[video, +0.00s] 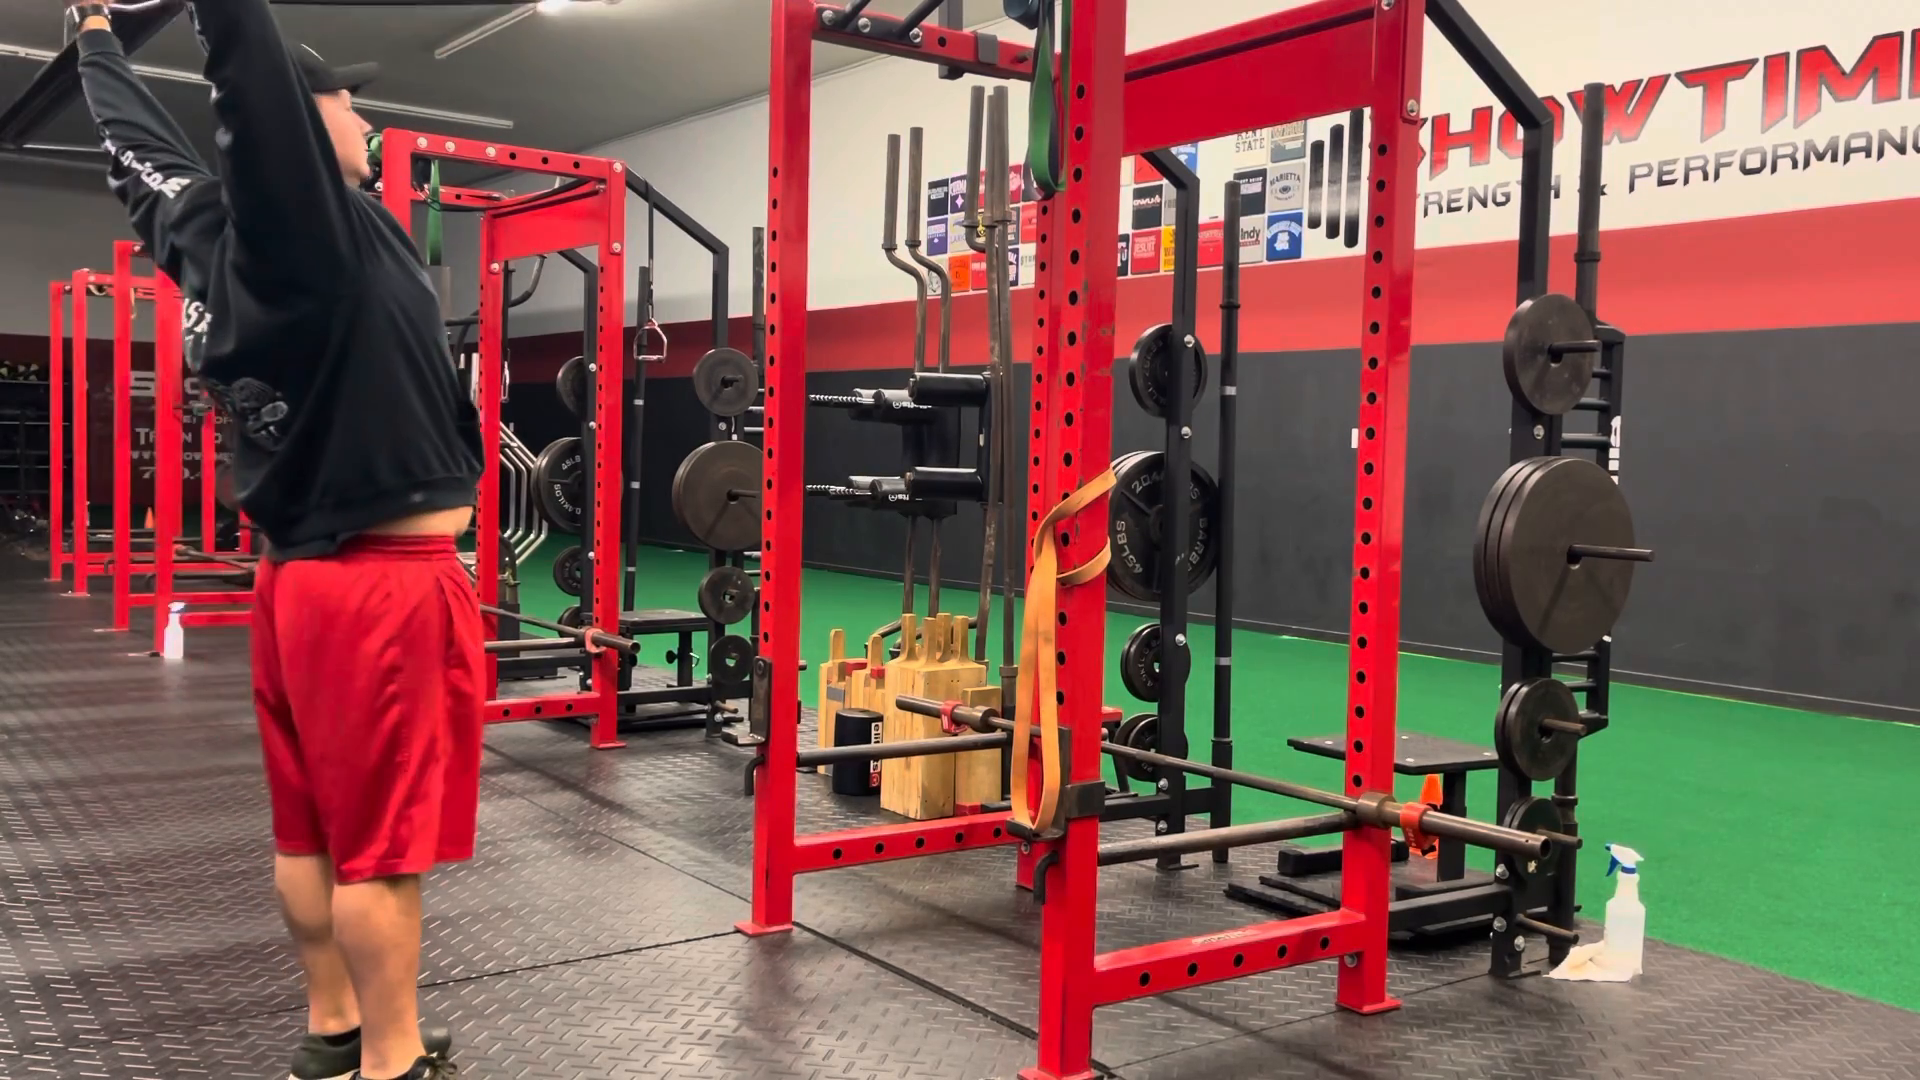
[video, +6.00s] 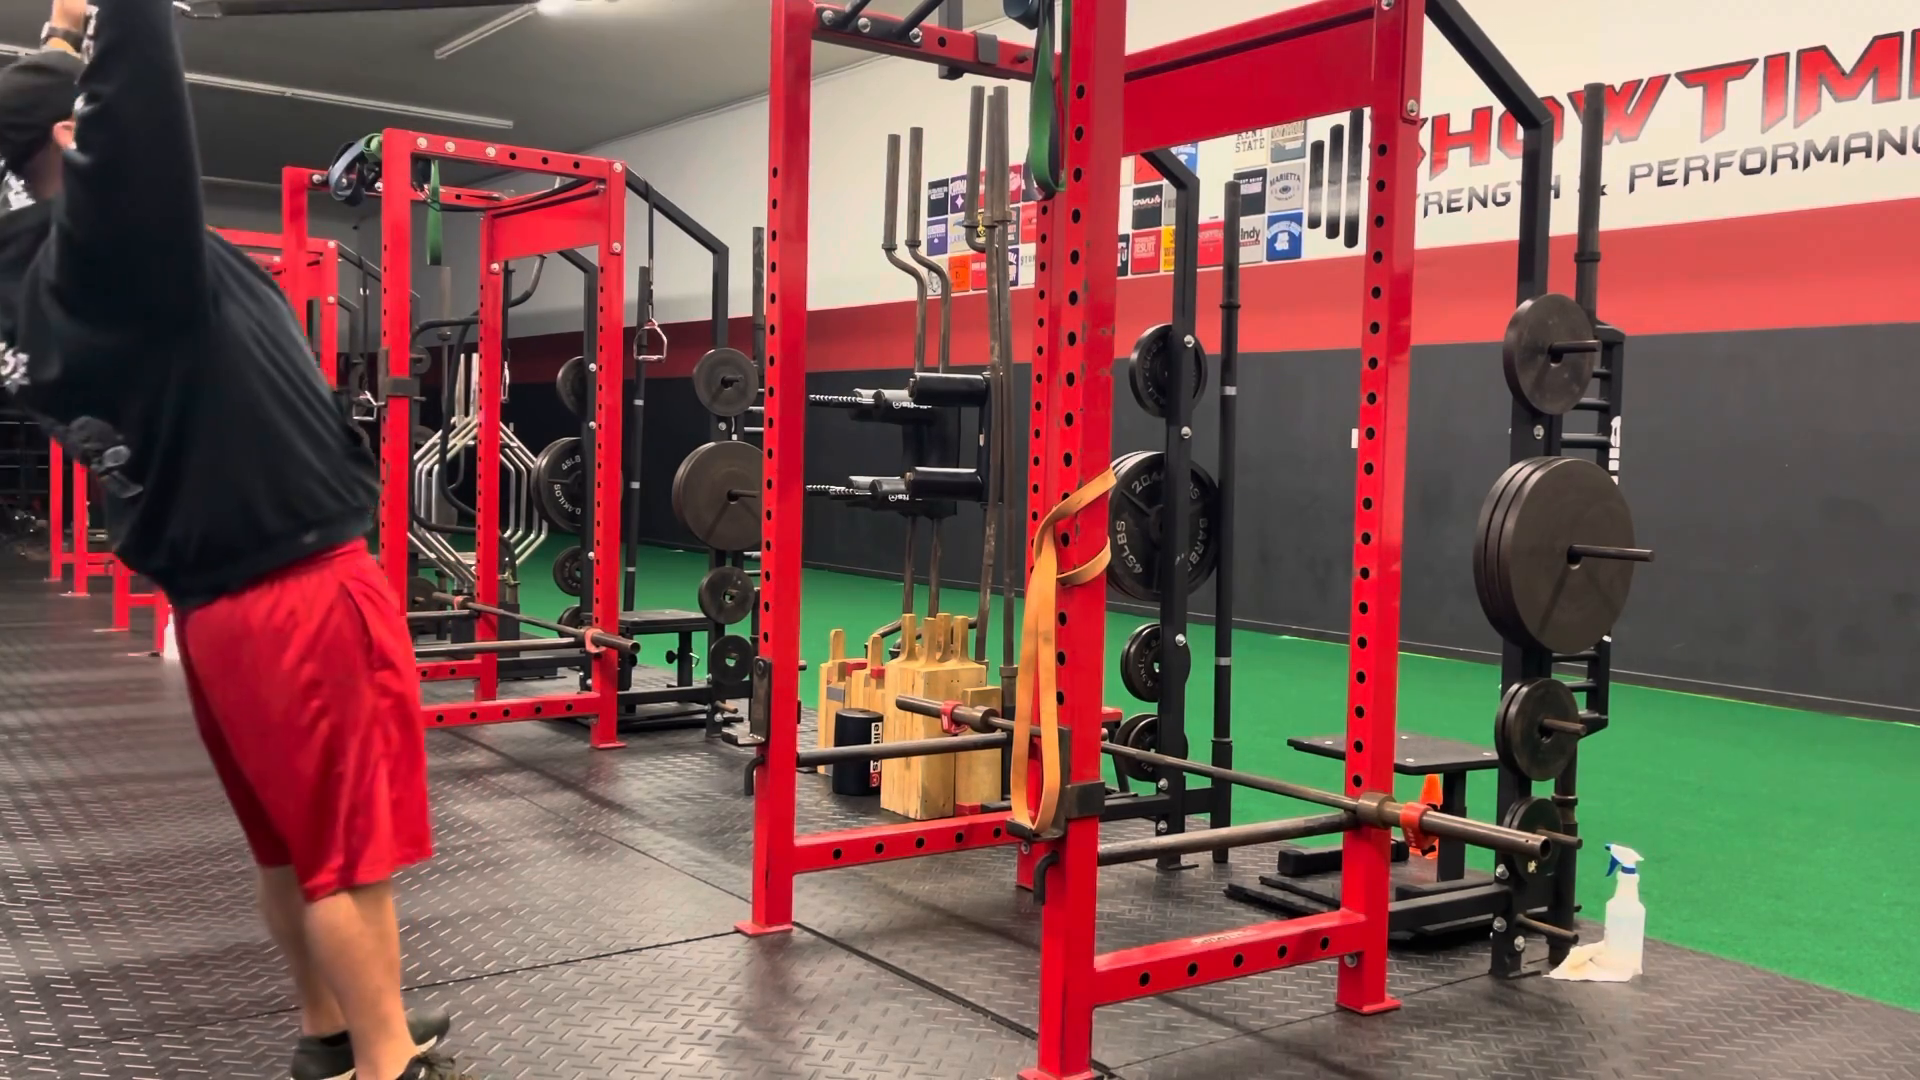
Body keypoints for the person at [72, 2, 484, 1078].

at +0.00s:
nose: (367, 121)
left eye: (359, 104)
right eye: (349, 104)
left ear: (282, 141)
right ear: (296, 121)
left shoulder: (219, 237)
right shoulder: (320, 226)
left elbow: (144, 154)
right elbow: (248, 51)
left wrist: (93, 39)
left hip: (295, 584)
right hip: (384, 589)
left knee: (306, 829)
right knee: (381, 853)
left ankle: (335, 1027)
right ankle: (393, 1058)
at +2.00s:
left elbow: (25, 307)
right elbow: (23, 314)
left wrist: (184, 215)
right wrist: (186, 210)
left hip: (53, 629)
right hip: (55, 632)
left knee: (204, 839)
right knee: (219, 869)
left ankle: (326, 1026)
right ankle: (361, 1065)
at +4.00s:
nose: (241, 127)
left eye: (225, 110)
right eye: (215, 111)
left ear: (115, 146)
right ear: (184, 126)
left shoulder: (134, 245)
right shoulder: (202, 222)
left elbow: (92, 132)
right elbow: (199, 72)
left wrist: (87, 27)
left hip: (262, 586)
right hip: (329, 587)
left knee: (312, 833)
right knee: (357, 847)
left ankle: (332, 1023)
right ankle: (390, 1059)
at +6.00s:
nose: (111, 133)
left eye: (97, 118)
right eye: (91, 118)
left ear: (29, 157)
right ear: (67, 136)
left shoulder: (48, 281)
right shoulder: (119, 247)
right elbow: (139, 51)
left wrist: (78, 45)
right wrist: (96, 26)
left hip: (220, 612)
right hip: (300, 597)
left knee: (288, 847)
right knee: (350, 858)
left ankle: (330, 1026)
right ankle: (388, 1061)